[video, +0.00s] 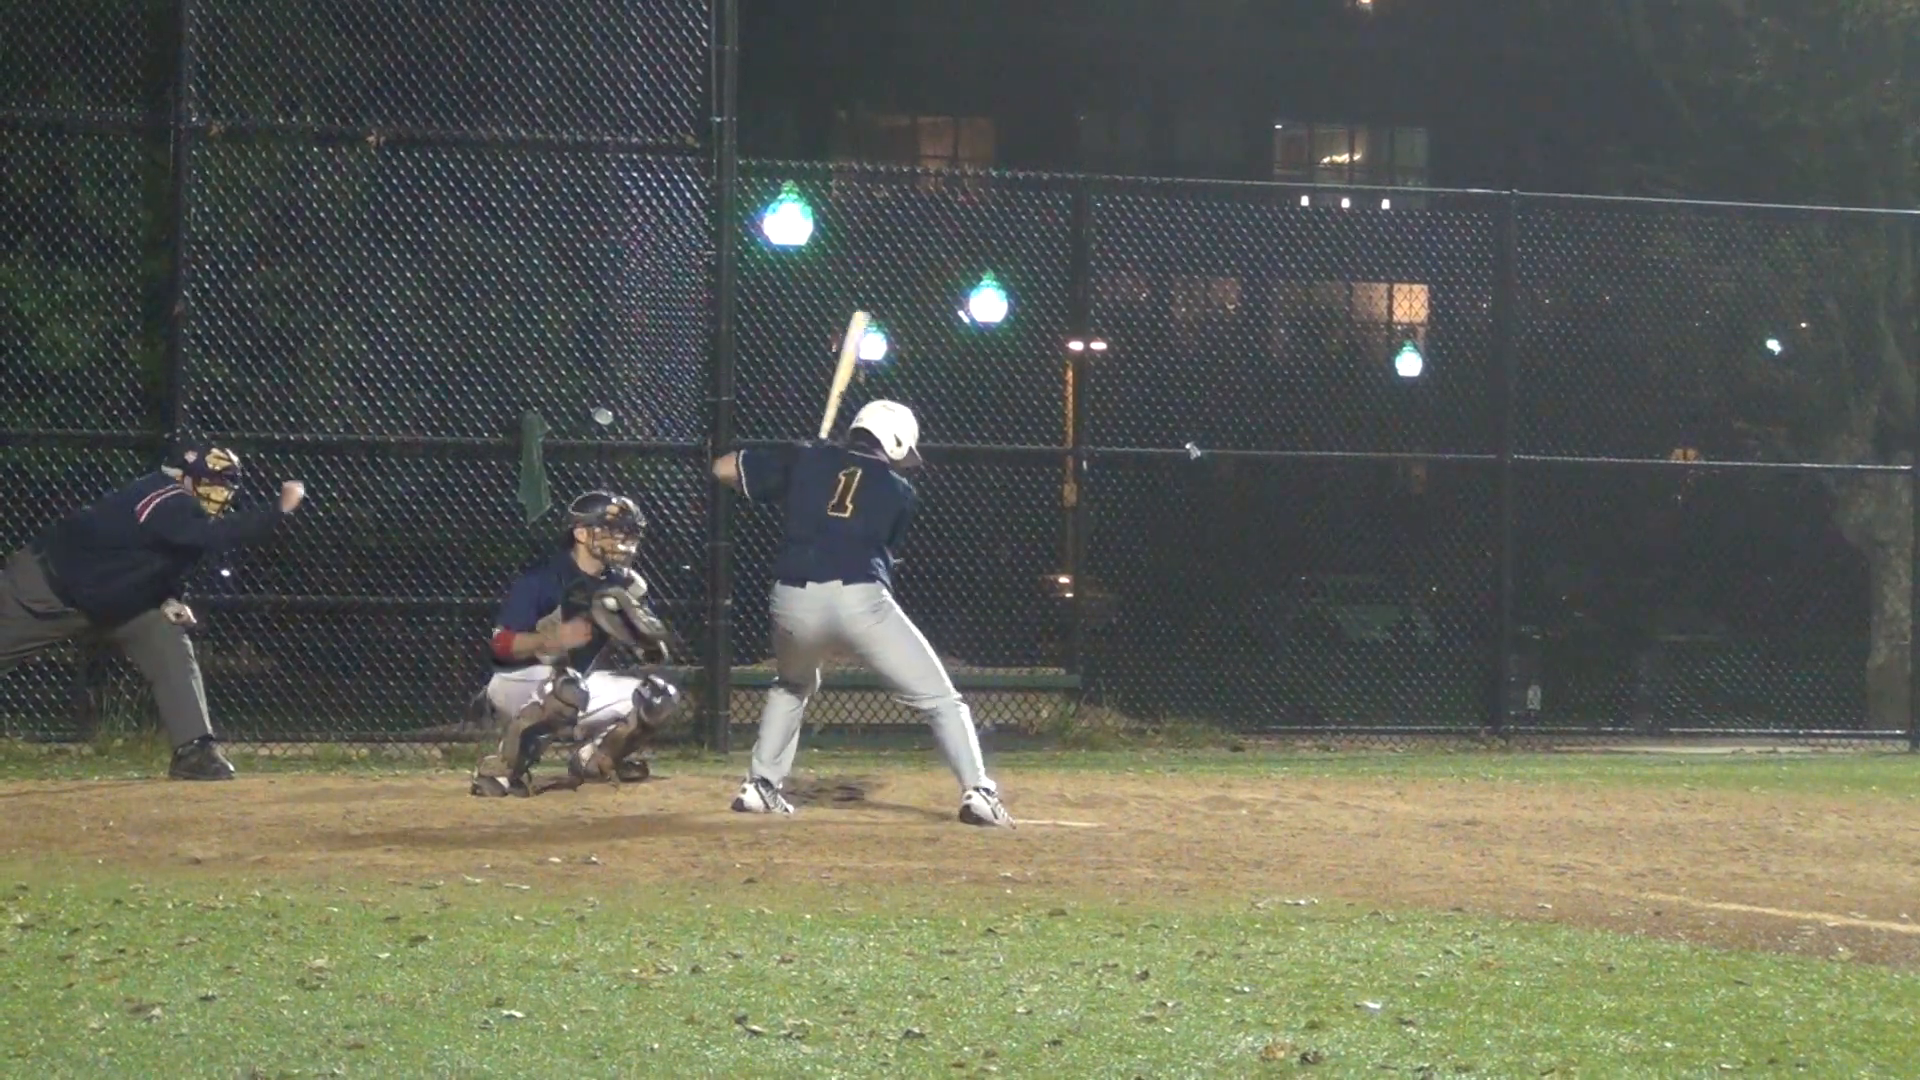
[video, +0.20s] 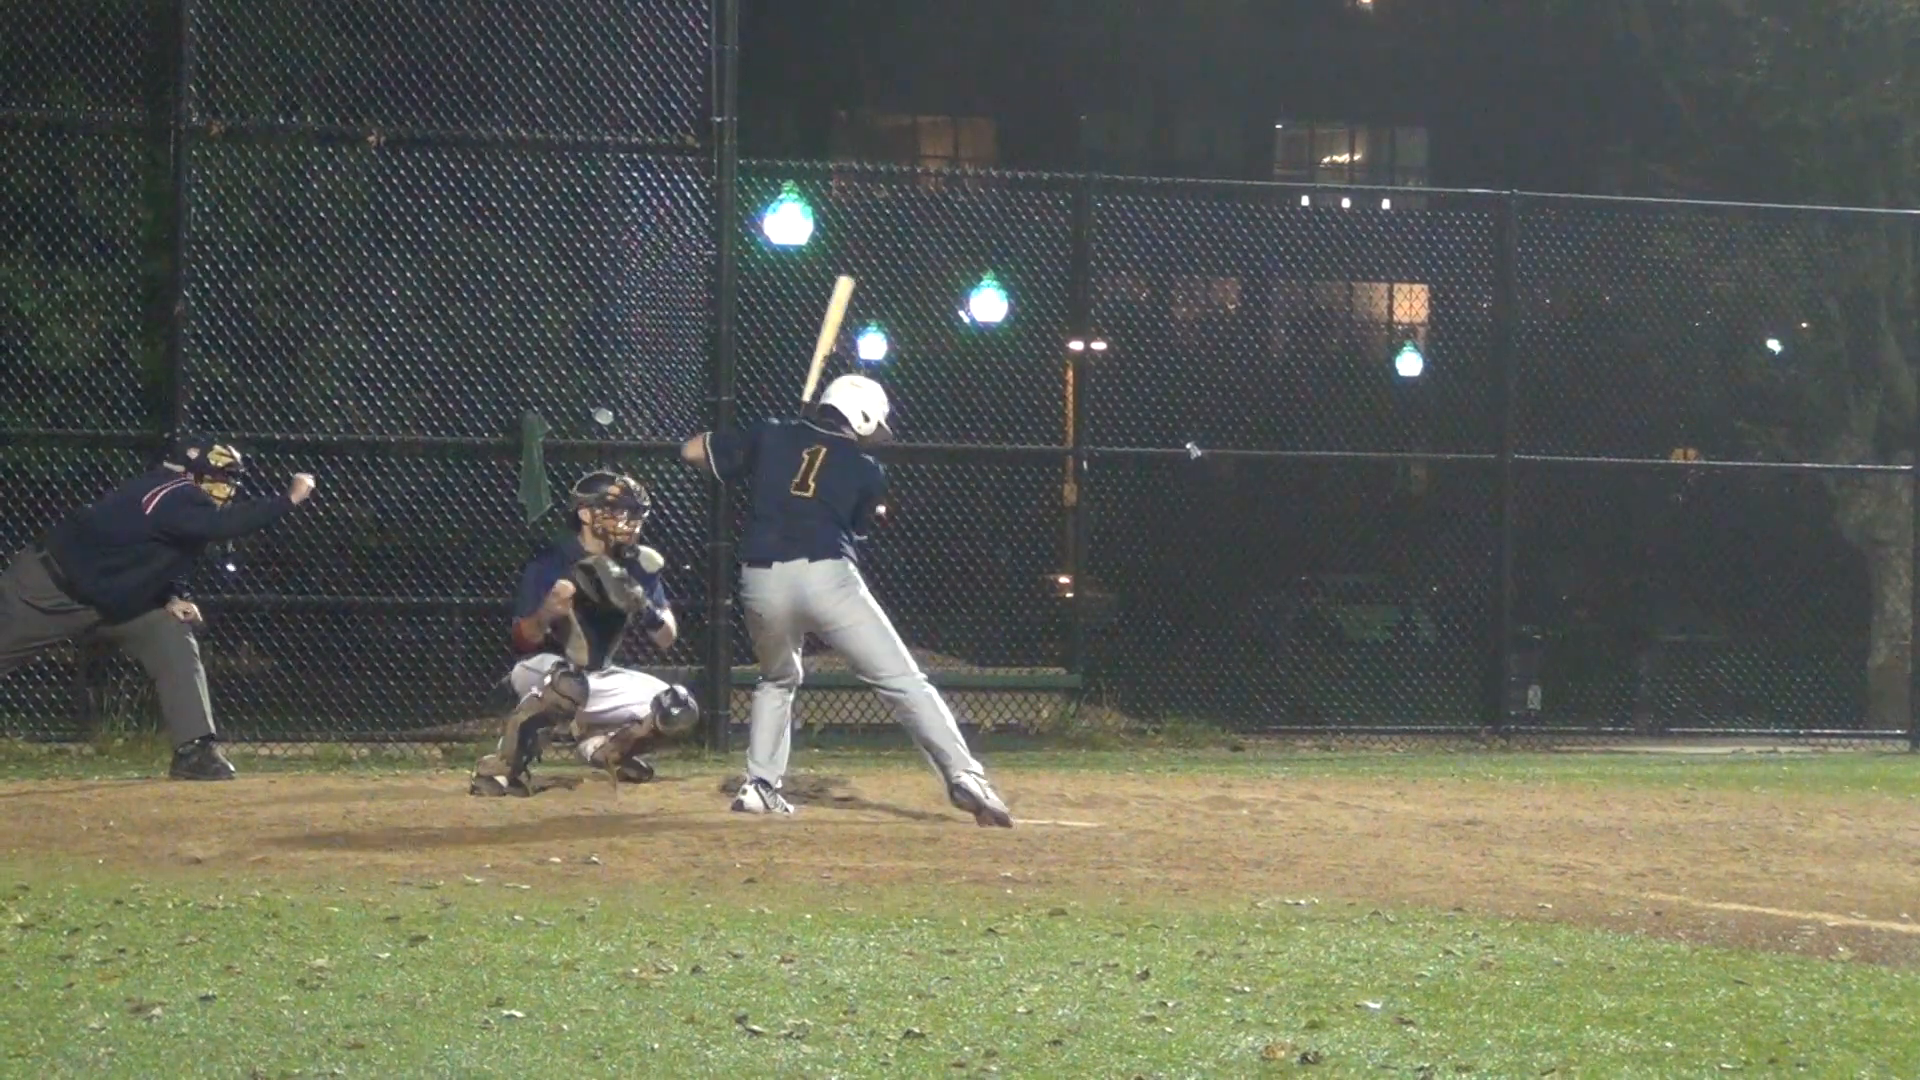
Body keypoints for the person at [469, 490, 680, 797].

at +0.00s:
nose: (621, 539)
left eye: (624, 532)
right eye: (610, 530)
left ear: (631, 536)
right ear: (581, 534)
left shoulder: (621, 584)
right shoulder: (542, 580)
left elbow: (655, 652)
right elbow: (501, 645)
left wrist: (637, 626)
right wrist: (555, 638)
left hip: (579, 681)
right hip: (515, 679)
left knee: (657, 695)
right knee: (569, 690)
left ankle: (593, 761)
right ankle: (501, 770)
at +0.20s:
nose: (625, 521)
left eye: (629, 513)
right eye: (613, 511)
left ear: (637, 518)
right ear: (585, 515)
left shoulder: (639, 566)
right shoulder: (551, 564)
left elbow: (667, 638)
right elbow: (522, 641)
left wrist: (639, 606)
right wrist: (548, 611)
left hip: (600, 676)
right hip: (540, 668)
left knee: (678, 707)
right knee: (569, 685)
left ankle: (608, 752)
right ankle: (500, 767)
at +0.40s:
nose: (640, 510)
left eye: (645, 502)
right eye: (628, 501)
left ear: (654, 505)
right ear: (600, 505)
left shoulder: (658, 554)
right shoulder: (570, 550)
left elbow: (716, 599)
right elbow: (518, 602)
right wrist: (496, 551)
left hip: (632, 673)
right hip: (575, 662)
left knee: (696, 725)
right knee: (571, 682)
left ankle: (626, 749)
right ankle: (502, 765)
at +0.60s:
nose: (644, 497)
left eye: (651, 490)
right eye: (635, 489)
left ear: (662, 496)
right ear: (616, 497)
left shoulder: (674, 543)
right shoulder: (584, 532)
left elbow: (712, 581)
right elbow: (526, 510)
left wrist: (692, 540)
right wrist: (534, 456)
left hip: (655, 674)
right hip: (598, 658)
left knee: (716, 771)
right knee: (581, 703)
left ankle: (646, 758)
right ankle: (507, 769)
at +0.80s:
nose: (685, 492)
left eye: (688, 484)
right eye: (674, 485)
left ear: (699, 490)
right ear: (656, 494)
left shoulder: (711, 541)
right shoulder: (647, 522)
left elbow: (727, 622)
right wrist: (559, 464)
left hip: (685, 674)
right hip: (644, 655)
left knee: (725, 774)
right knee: (612, 744)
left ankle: (634, 765)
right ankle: (515, 774)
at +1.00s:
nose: (698, 482)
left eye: (699, 475)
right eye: (689, 476)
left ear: (710, 483)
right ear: (675, 488)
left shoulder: (720, 532)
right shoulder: (672, 521)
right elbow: (655, 569)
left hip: (697, 666)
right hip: (657, 654)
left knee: (725, 764)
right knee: (651, 764)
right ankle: (547, 768)